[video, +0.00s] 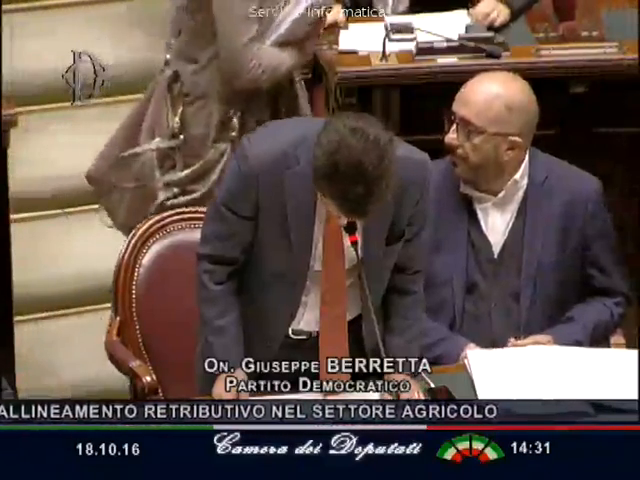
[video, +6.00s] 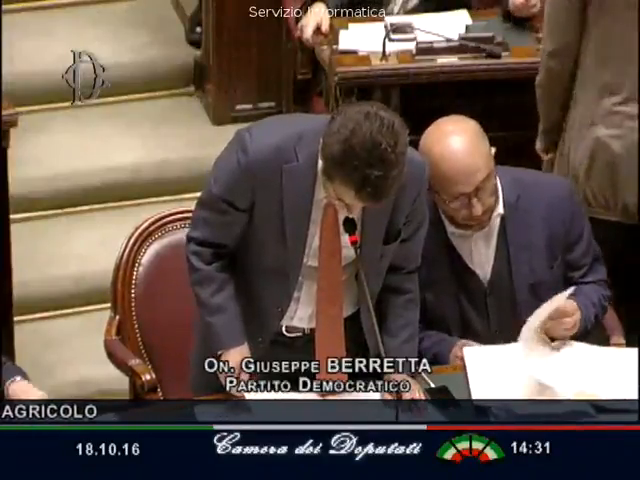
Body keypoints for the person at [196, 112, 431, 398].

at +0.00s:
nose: (345, 219)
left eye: (357, 215)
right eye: (338, 211)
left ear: (387, 176)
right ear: (317, 181)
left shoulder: (412, 172)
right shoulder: (258, 162)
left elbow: (408, 279)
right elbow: (216, 265)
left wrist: (403, 367)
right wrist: (226, 367)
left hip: (358, 335)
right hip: (272, 340)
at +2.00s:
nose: (351, 215)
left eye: (363, 207)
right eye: (341, 204)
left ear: (389, 175)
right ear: (321, 169)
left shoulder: (409, 175)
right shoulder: (253, 160)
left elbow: (401, 276)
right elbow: (207, 254)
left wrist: (401, 366)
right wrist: (234, 347)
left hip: (350, 333)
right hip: (264, 338)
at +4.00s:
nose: (354, 211)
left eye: (365, 203)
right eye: (343, 200)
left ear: (391, 173)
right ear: (322, 164)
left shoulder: (407, 175)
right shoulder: (253, 155)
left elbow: (400, 276)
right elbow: (200, 245)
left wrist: (401, 367)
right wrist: (227, 340)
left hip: (345, 337)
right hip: (257, 341)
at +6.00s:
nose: (352, 213)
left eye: (366, 205)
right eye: (342, 200)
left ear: (394, 176)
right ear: (324, 161)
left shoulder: (410, 176)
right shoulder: (256, 156)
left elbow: (403, 276)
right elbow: (206, 247)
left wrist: (401, 366)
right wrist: (231, 342)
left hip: (351, 336)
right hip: (264, 340)